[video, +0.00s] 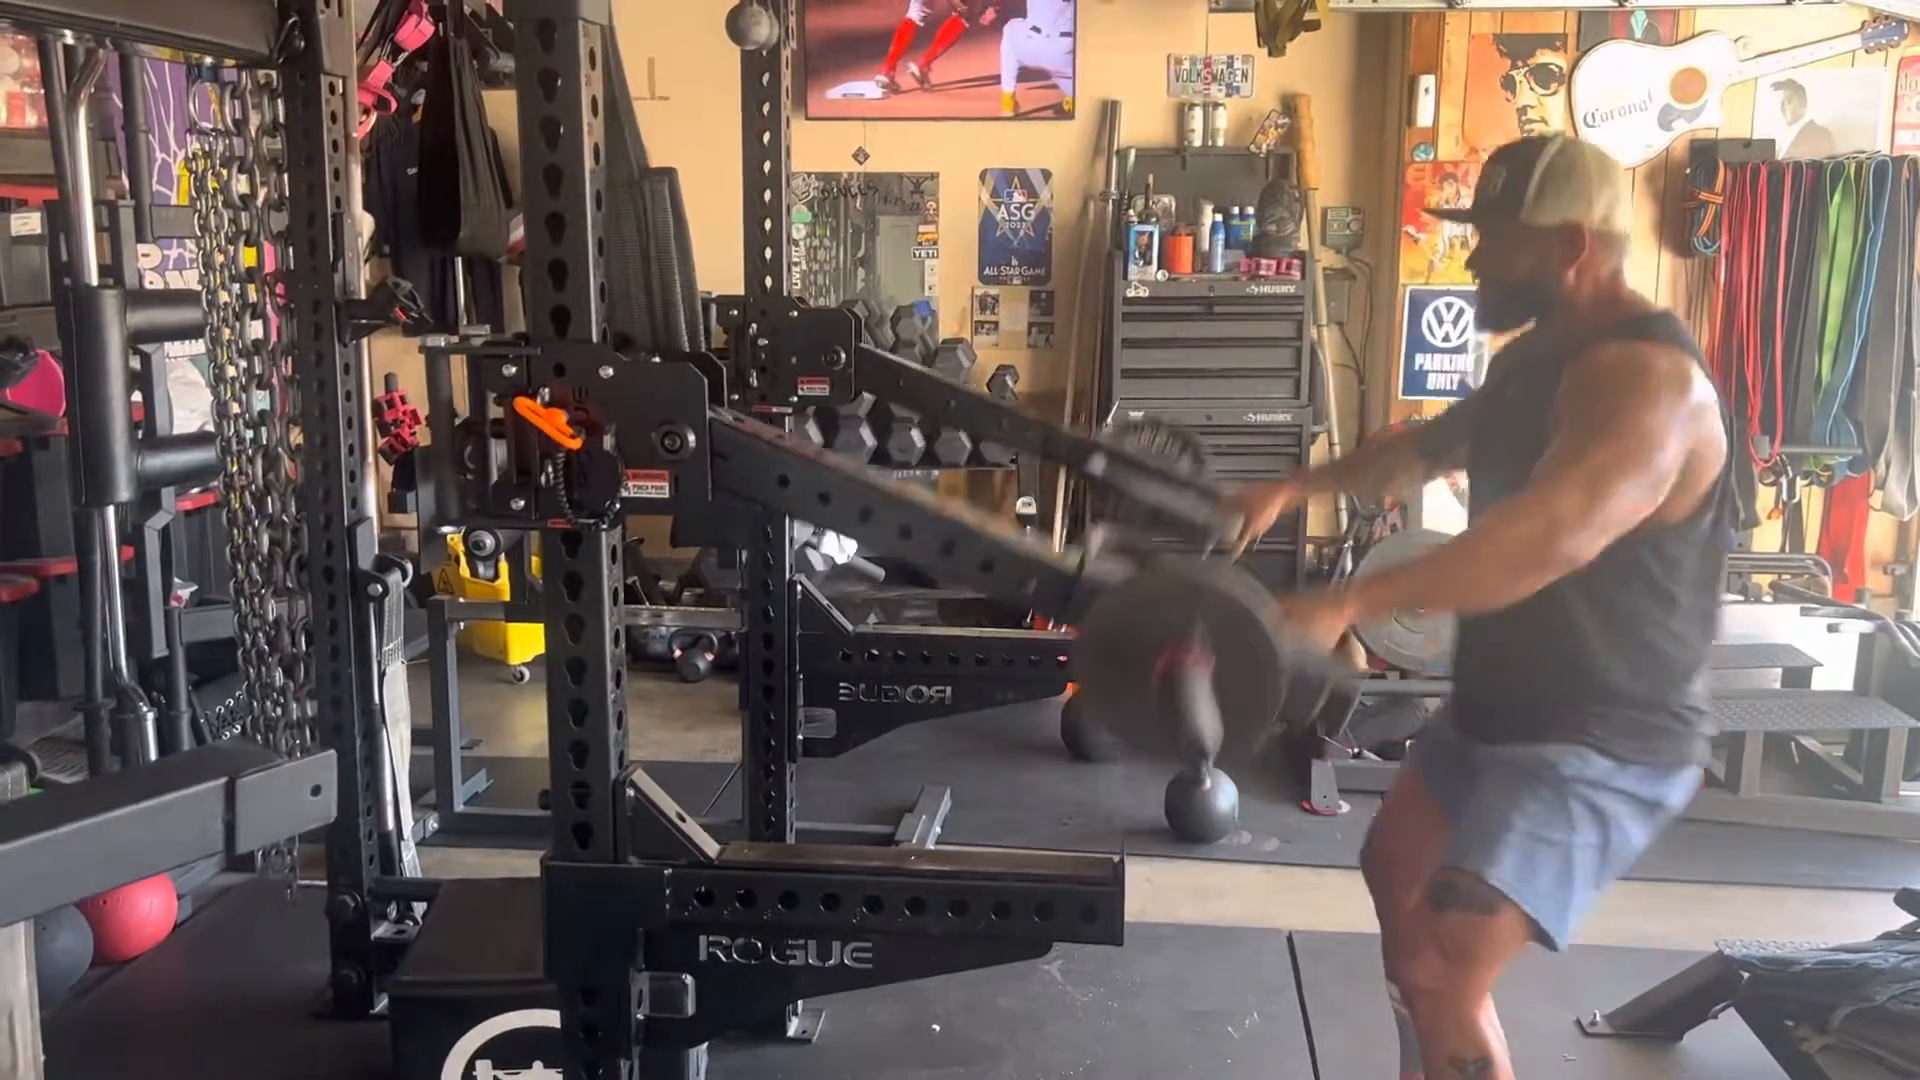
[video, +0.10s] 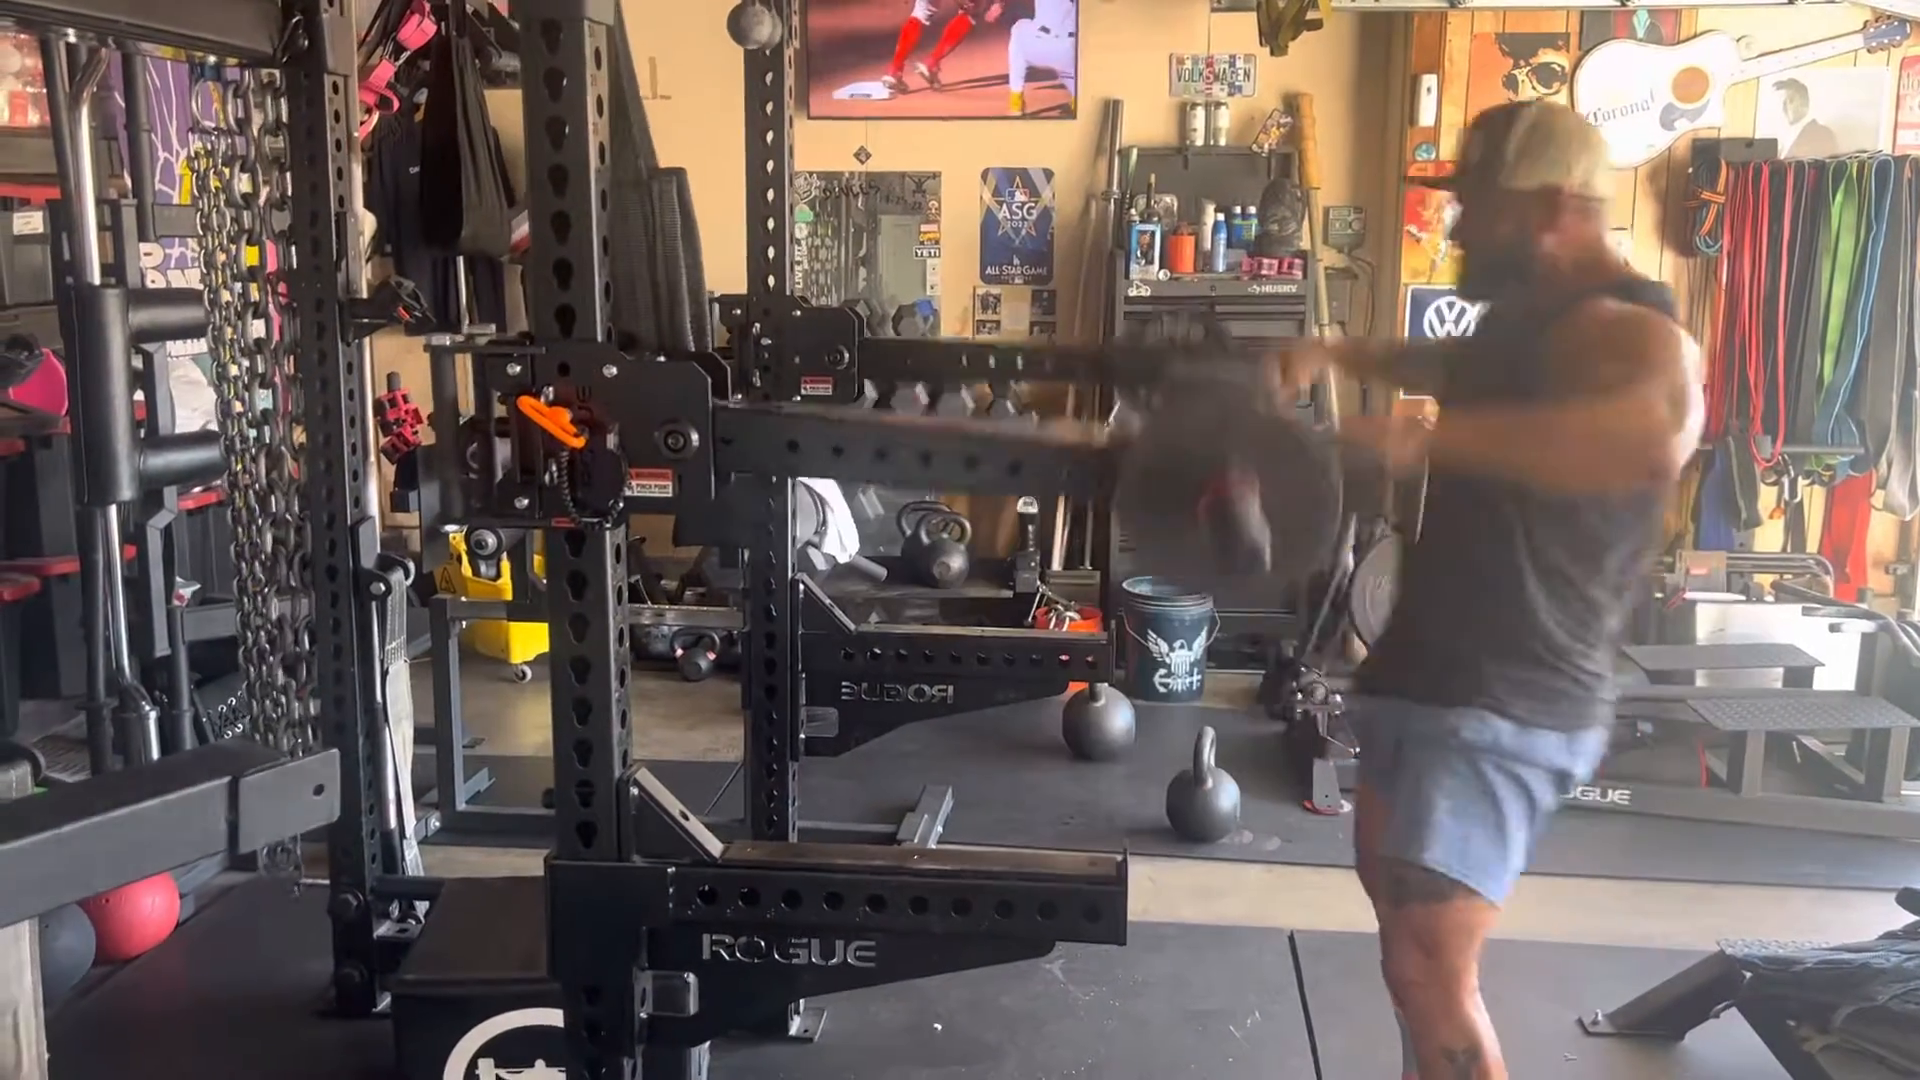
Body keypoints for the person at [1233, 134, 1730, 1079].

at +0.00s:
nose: (1474, 256)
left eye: (1492, 234)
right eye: (1476, 234)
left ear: (1572, 249)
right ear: (1567, 253)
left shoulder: (1647, 378)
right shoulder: (1533, 360)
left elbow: (1554, 535)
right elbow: (1422, 452)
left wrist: (1355, 602)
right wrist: (1294, 487)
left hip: (1602, 737)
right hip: (1496, 706)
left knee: (1441, 971)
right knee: (1395, 866)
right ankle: (1435, 1060)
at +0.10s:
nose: (1456, 224)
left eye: (1471, 200)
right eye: (1458, 201)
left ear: (1548, 206)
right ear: (1538, 209)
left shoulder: (1628, 330)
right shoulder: (1514, 324)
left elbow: (1649, 440)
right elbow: (1435, 369)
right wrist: (1334, 352)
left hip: (1504, 697)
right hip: (1424, 674)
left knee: (1433, 973)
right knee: (1402, 936)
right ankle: (1432, 1067)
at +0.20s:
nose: (1391, 223)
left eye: (1410, 202)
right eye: (1387, 200)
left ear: (1471, 198)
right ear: (1403, 194)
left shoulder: (1549, 308)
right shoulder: (1444, 298)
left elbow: (1619, 390)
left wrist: (1411, 312)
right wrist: (1286, 268)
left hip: (1447, 703)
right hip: (1387, 688)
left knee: (1418, 972)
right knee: (1408, 963)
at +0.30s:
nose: (1316, 217)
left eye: (1324, 197)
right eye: (1313, 199)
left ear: (1345, 201)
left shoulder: (1428, 301)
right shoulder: (1363, 306)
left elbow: (1519, 330)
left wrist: (1355, 197)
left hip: (1415, 704)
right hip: (1378, 695)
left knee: (1418, 978)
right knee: (1409, 968)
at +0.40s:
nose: (1214, 265)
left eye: (1216, 241)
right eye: (1207, 249)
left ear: (1268, 211)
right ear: (1281, 214)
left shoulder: (1377, 294)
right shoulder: (1316, 310)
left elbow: (1406, 236)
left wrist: (1259, 68)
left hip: (1408, 701)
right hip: (1367, 695)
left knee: (1423, 970)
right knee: (1412, 963)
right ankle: (1439, 1072)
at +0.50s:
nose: (1177, 253)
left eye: (1193, 228)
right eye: (1179, 230)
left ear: (1250, 221)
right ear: (1248, 227)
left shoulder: (1332, 290)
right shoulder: (1277, 304)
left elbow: (1311, 167)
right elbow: (1212, 196)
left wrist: (1189, 8)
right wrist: (1166, 98)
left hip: (1402, 696)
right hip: (1366, 692)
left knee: (1424, 971)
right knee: (1413, 962)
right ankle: (1438, 1069)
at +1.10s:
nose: (1194, 250)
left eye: (1208, 220)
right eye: (1195, 222)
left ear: (1279, 218)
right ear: (1285, 218)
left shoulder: (1380, 299)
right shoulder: (1313, 313)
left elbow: (1425, 221)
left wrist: (1282, 46)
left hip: (1412, 696)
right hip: (1367, 690)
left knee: (1419, 968)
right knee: (1411, 964)